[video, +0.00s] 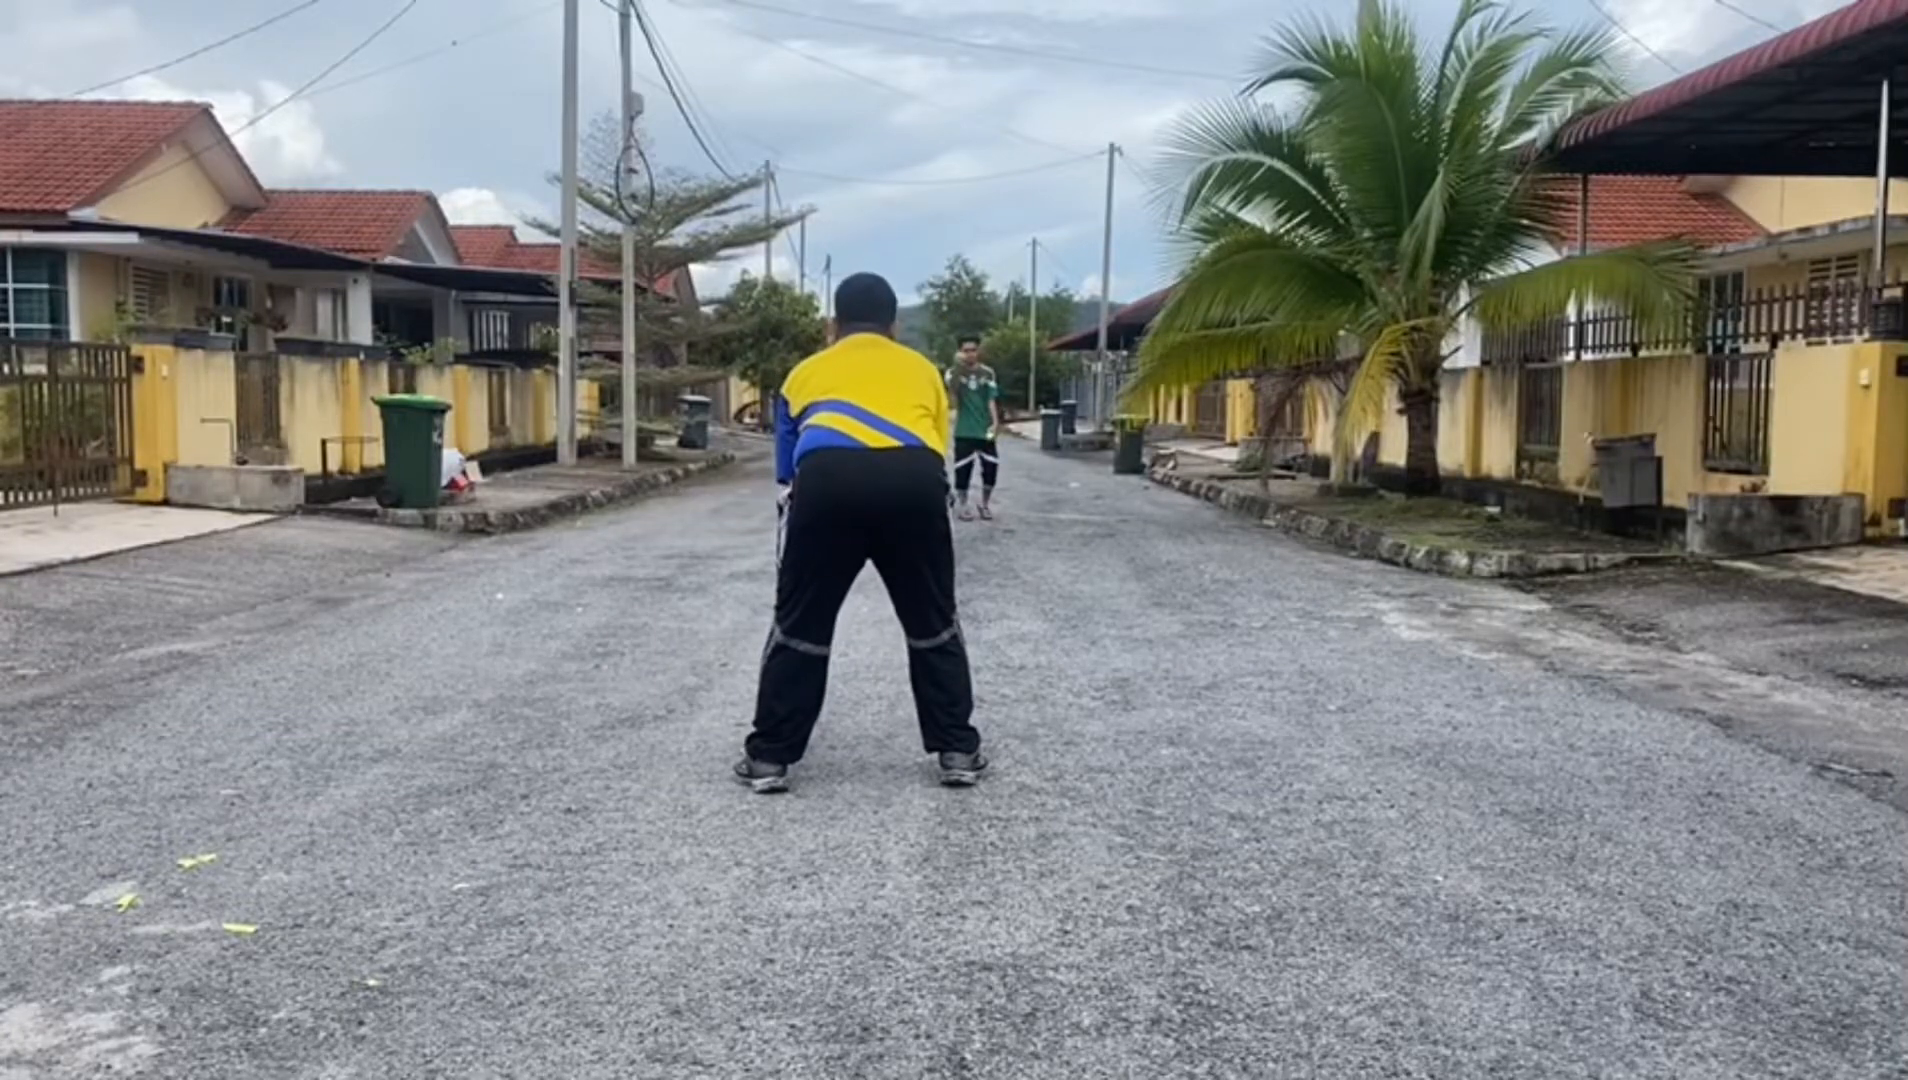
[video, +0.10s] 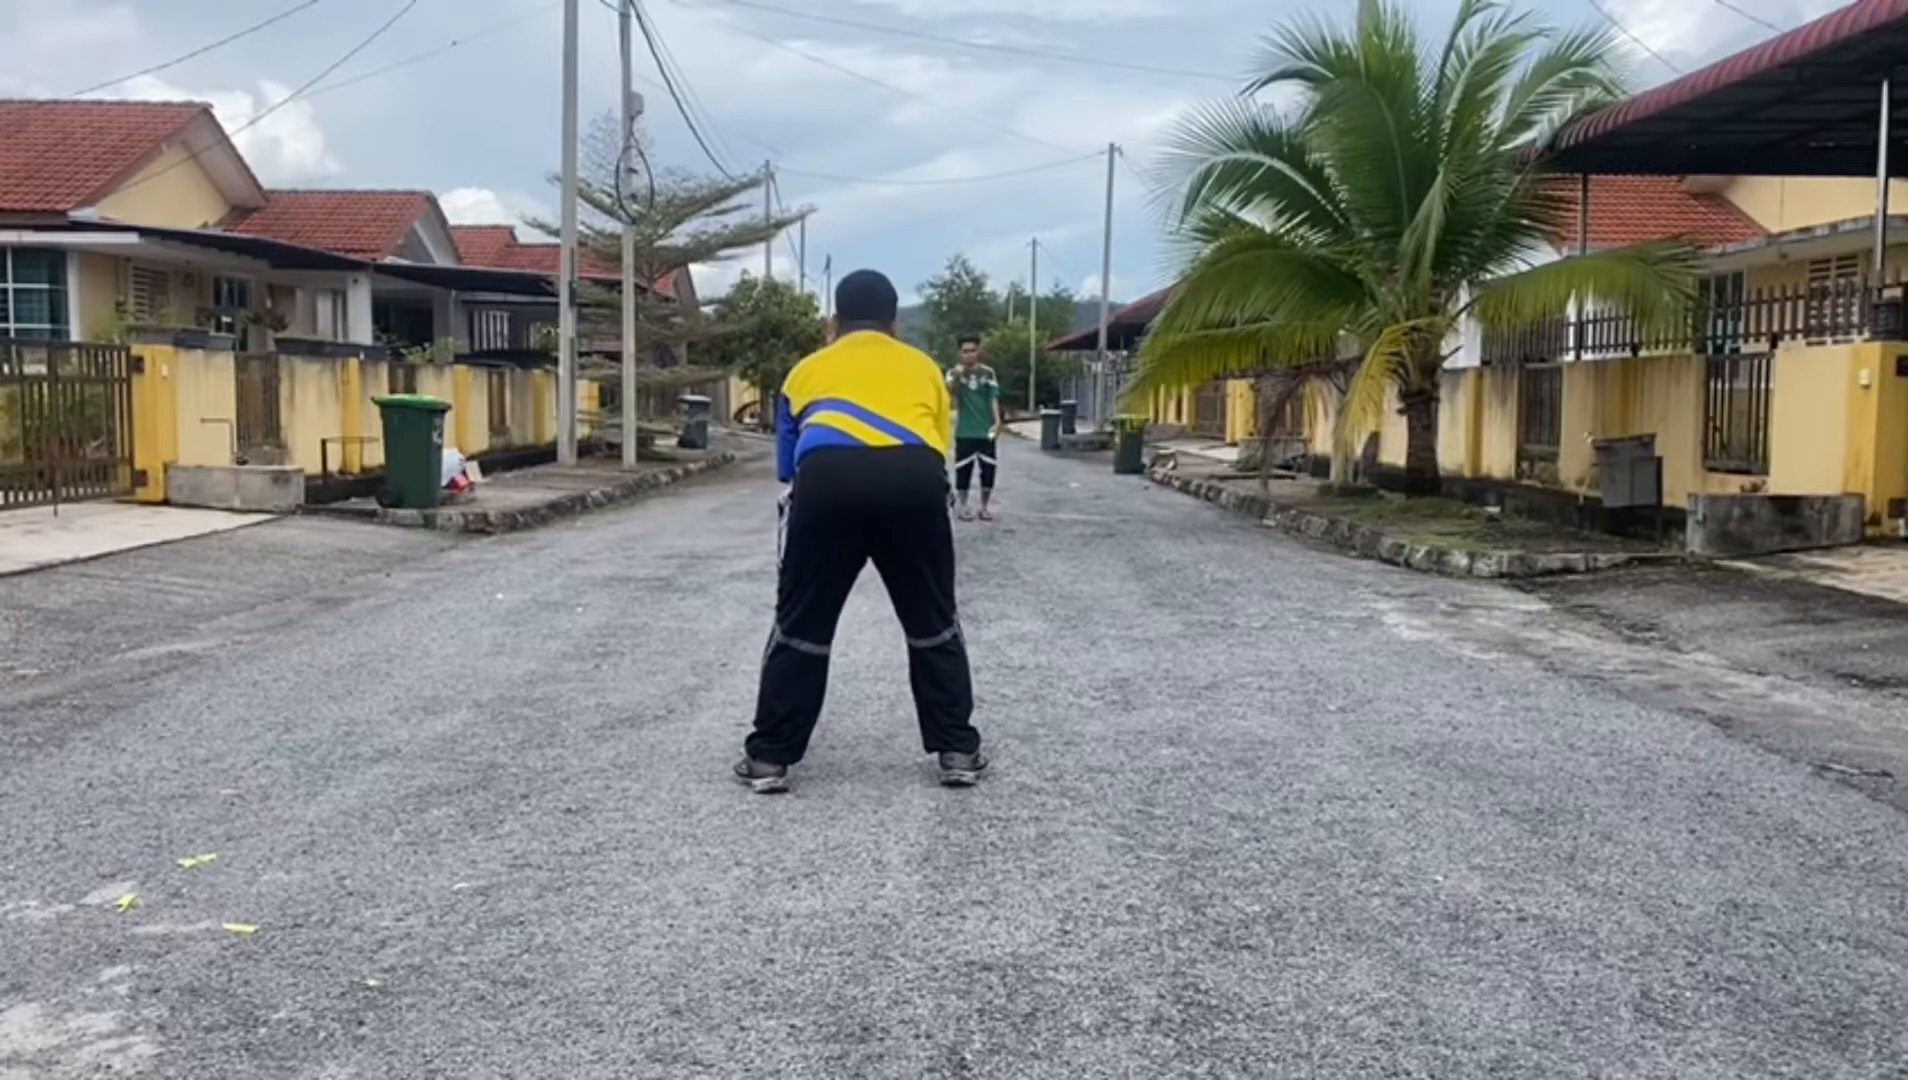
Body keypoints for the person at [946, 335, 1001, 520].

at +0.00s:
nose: (970, 355)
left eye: (973, 350)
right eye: (966, 351)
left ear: (978, 352)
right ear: (959, 353)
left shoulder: (987, 373)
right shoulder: (954, 375)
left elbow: (991, 400)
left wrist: (994, 423)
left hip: (984, 430)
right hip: (964, 430)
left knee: (990, 469)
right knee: (963, 471)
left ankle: (985, 503)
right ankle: (962, 504)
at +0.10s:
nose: (969, 355)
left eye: (972, 351)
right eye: (965, 351)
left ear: (978, 352)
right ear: (959, 353)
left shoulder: (988, 373)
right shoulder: (954, 374)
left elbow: (994, 398)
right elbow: (949, 396)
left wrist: (997, 421)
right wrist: (956, 377)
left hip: (985, 430)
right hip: (964, 430)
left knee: (988, 471)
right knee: (963, 471)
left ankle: (984, 506)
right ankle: (963, 505)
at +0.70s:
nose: (967, 360)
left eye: (970, 356)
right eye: (963, 357)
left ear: (977, 356)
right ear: (960, 359)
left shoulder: (992, 373)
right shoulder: (961, 378)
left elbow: (1003, 398)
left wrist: (1009, 422)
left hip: (996, 428)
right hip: (975, 427)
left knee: (992, 468)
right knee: (974, 464)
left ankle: (984, 507)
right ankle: (969, 504)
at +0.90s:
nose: (967, 358)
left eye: (970, 354)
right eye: (963, 355)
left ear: (977, 355)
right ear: (959, 359)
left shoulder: (992, 373)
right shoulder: (958, 380)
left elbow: (1003, 398)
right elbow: (960, 405)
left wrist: (1008, 422)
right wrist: (961, 424)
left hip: (996, 427)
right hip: (976, 428)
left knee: (993, 469)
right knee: (975, 466)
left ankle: (985, 508)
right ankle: (971, 507)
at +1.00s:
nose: (969, 355)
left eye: (972, 351)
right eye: (965, 352)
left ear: (978, 352)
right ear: (961, 356)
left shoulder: (993, 371)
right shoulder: (959, 380)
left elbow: (1003, 397)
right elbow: (960, 410)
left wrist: (1008, 421)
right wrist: (959, 436)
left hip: (996, 428)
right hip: (975, 430)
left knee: (993, 470)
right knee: (974, 468)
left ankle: (986, 507)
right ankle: (971, 507)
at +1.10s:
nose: (970, 354)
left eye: (973, 350)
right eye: (966, 351)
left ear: (980, 351)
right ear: (962, 354)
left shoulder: (993, 370)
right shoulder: (959, 377)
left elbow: (1002, 396)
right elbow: (956, 403)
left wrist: (1007, 420)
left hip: (995, 428)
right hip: (974, 429)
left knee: (992, 470)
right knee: (972, 469)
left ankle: (985, 507)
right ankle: (970, 507)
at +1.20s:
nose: (973, 352)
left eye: (976, 347)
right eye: (969, 348)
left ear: (982, 349)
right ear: (964, 352)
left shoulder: (993, 370)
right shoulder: (963, 372)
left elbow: (1000, 397)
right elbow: (960, 375)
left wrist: (1007, 420)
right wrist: (965, 364)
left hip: (993, 426)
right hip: (974, 426)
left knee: (991, 468)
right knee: (972, 466)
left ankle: (984, 506)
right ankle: (970, 506)